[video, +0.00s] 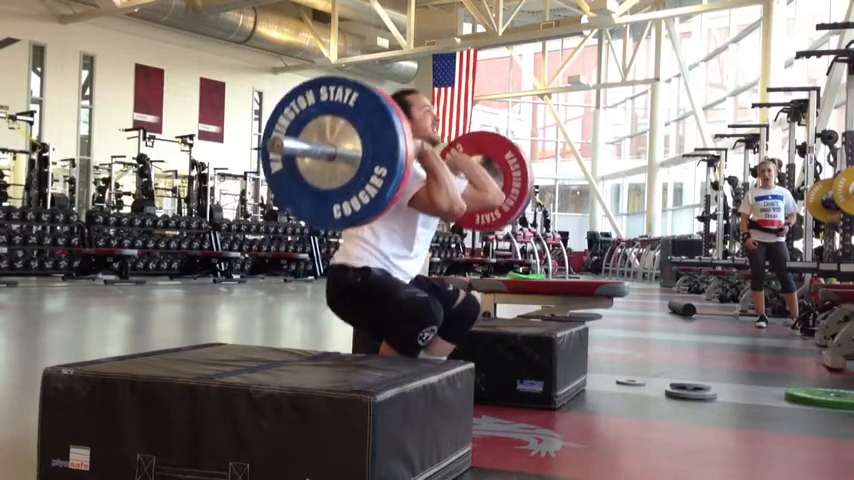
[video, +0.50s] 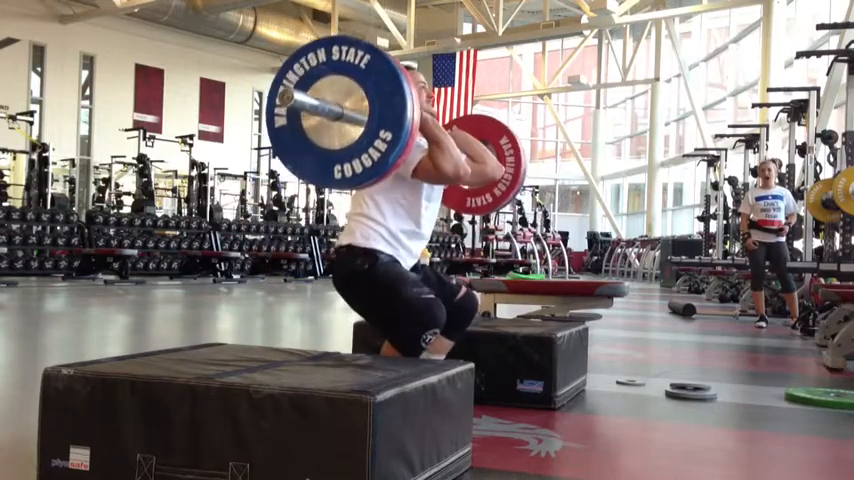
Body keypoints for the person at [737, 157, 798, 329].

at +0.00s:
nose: (766, 174)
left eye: (769, 170)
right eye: (762, 171)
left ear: (775, 173)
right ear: (759, 174)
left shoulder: (784, 193)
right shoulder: (751, 193)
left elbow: (792, 214)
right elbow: (744, 216)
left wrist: (787, 224)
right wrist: (746, 235)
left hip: (777, 239)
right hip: (757, 239)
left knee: (785, 275)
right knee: (757, 277)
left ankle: (795, 317)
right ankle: (761, 315)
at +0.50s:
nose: (766, 173)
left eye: (769, 170)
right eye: (763, 170)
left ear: (775, 173)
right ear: (759, 173)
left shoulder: (784, 193)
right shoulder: (751, 193)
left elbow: (792, 214)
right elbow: (744, 216)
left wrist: (788, 224)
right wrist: (746, 236)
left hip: (777, 239)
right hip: (757, 239)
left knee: (784, 275)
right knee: (757, 277)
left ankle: (795, 317)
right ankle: (761, 315)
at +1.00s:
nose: (767, 172)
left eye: (770, 169)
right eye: (764, 170)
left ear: (776, 172)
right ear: (760, 173)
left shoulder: (784, 192)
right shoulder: (752, 193)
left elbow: (792, 213)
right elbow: (744, 216)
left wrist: (788, 224)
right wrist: (746, 235)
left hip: (778, 239)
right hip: (757, 239)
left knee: (785, 275)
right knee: (757, 277)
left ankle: (795, 317)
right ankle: (761, 316)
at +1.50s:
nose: (767, 173)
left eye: (771, 170)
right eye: (764, 170)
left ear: (777, 173)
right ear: (760, 173)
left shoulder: (785, 193)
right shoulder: (752, 194)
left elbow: (793, 213)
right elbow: (745, 216)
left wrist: (788, 224)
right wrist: (747, 235)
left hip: (778, 239)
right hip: (758, 239)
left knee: (785, 276)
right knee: (757, 277)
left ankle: (795, 317)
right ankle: (761, 315)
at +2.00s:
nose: (772, 176)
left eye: (776, 173)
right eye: (770, 172)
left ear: (780, 174)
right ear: (764, 173)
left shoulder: (786, 193)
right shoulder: (754, 193)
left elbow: (793, 213)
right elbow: (746, 216)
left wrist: (790, 224)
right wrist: (749, 235)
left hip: (780, 239)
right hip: (760, 239)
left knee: (789, 275)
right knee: (758, 277)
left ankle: (794, 317)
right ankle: (761, 315)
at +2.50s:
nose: (788, 175)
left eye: (791, 172)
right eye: (784, 172)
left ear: (794, 173)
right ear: (777, 172)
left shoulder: (801, 193)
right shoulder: (768, 192)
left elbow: (806, 215)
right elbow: (761, 216)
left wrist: (805, 225)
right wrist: (776, 228)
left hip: (796, 240)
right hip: (774, 240)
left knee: (797, 277)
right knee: (768, 276)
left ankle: (793, 318)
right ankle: (762, 315)